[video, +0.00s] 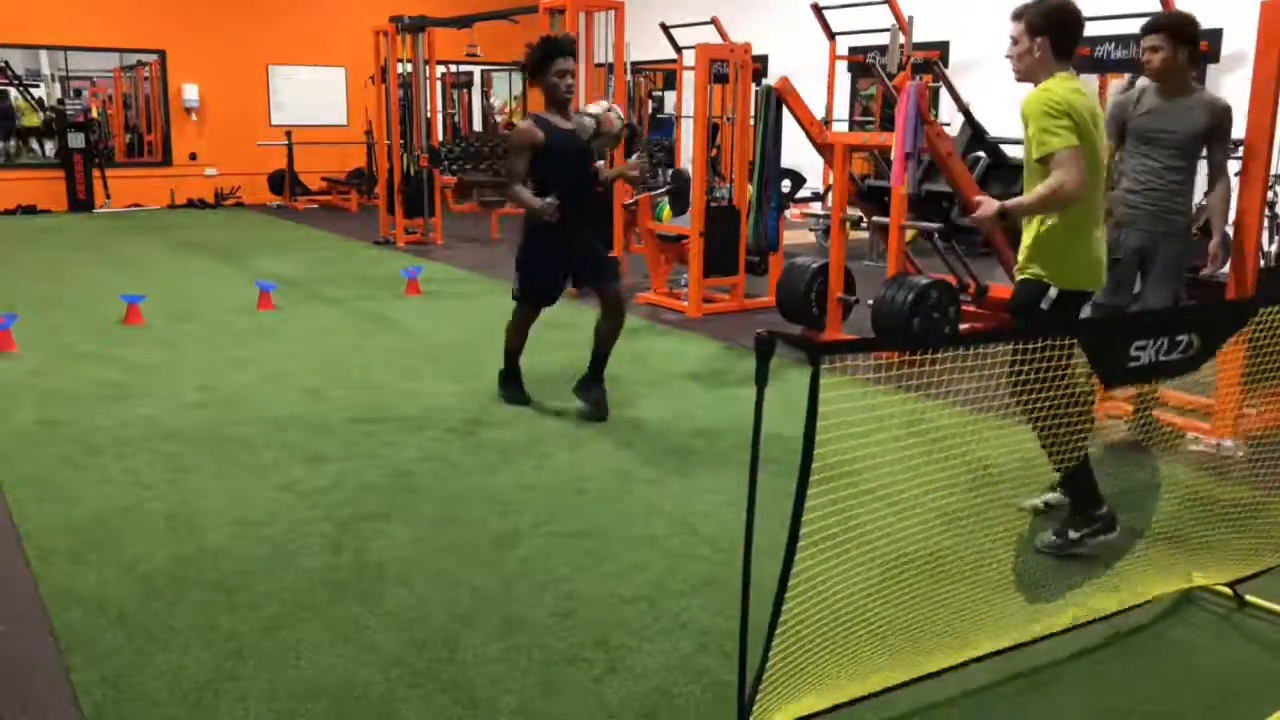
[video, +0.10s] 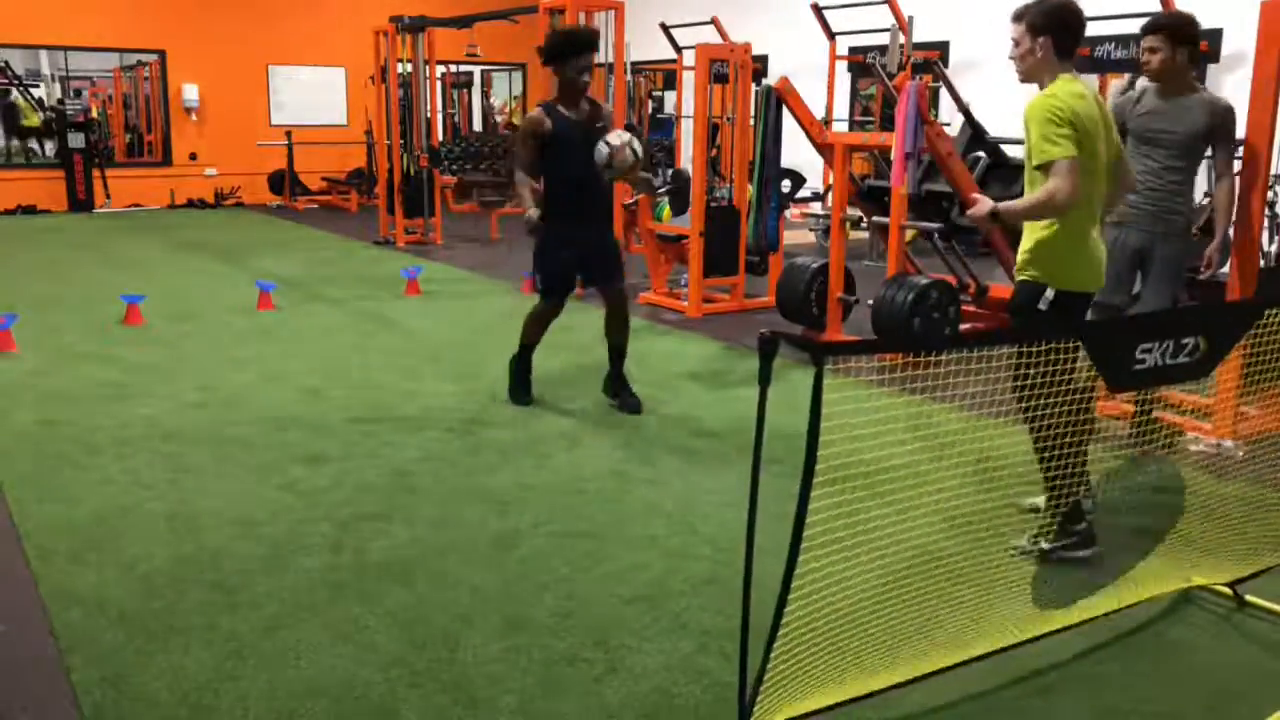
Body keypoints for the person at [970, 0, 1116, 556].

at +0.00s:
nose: (1010, 50)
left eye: (1018, 41)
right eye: (1012, 41)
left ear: (1045, 46)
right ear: (1055, 47)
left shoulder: (1045, 98)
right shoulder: (1080, 96)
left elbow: (1069, 183)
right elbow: (1096, 179)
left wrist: (1003, 207)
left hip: (1050, 272)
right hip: (1076, 270)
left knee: (1027, 381)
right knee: (1054, 377)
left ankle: (1092, 511)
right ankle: (1072, 482)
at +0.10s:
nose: (1012, 53)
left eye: (1019, 43)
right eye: (1013, 43)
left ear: (1046, 46)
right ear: (1058, 47)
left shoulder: (1048, 103)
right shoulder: (1089, 98)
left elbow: (1062, 191)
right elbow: (1124, 179)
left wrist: (997, 209)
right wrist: (1080, 219)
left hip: (1049, 270)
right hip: (1081, 269)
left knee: (1031, 388)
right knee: (1060, 383)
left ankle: (1068, 523)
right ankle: (1071, 491)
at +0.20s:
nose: (1014, 58)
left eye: (1020, 48)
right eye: (1015, 48)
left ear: (1047, 50)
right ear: (1063, 52)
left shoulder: (1049, 109)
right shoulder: (1097, 105)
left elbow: (1057, 203)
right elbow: (1124, 198)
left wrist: (988, 212)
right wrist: (1073, 220)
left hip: (1048, 279)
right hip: (1082, 278)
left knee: (1033, 397)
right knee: (1057, 388)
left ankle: (1073, 528)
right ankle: (1068, 502)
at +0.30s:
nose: (1017, 60)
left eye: (1023, 49)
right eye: (1017, 50)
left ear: (1048, 48)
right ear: (1064, 51)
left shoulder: (1051, 107)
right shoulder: (1108, 110)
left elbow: (1055, 202)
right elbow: (1126, 195)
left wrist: (985, 210)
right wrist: (1085, 232)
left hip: (1051, 277)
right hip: (1087, 277)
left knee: (1040, 393)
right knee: (1063, 387)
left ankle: (1074, 530)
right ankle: (1066, 501)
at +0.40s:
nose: (1021, 59)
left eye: (1026, 48)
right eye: (1022, 48)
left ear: (1052, 48)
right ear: (1067, 50)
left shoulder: (1055, 107)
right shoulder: (1111, 110)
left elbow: (1055, 202)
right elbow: (1126, 195)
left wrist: (983, 204)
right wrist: (1072, 212)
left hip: (1054, 277)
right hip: (1091, 278)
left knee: (1049, 400)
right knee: (1069, 395)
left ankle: (1074, 532)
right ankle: (1068, 510)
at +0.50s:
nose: (1025, 59)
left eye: (1029, 48)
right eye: (1025, 48)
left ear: (1056, 48)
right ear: (1073, 49)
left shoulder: (1062, 110)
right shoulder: (1114, 109)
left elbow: (1056, 205)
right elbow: (1114, 194)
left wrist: (981, 201)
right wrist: (1029, 171)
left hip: (1059, 281)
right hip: (1096, 281)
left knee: (1053, 402)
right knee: (1069, 395)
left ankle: (1075, 532)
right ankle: (1070, 498)